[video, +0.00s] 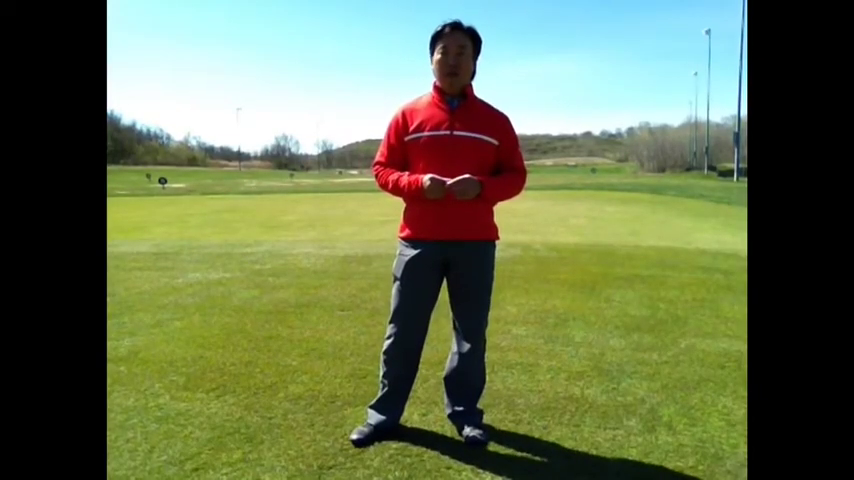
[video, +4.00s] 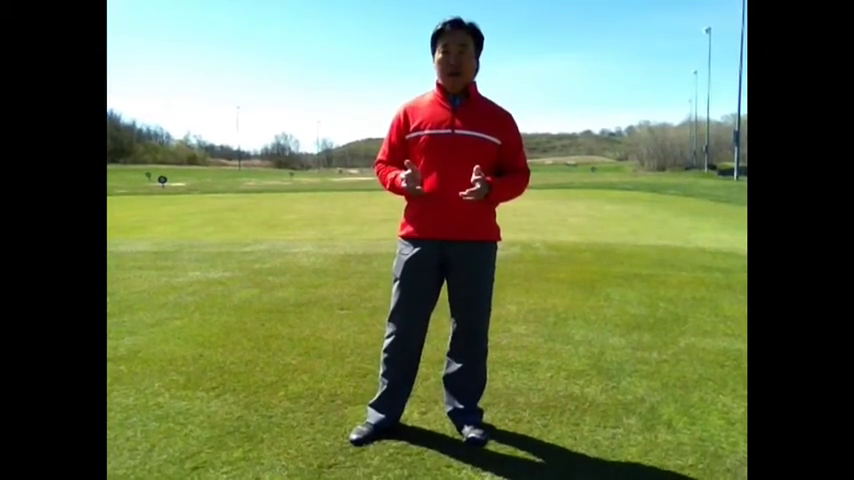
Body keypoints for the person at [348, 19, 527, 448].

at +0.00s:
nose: (451, 59)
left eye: (461, 52)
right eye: (444, 51)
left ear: (475, 61)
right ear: (431, 60)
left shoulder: (496, 122)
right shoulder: (407, 117)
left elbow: (516, 177)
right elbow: (382, 171)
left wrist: (483, 188)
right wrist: (418, 183)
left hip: (474, 245)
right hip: (419, 242)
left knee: (471, 336)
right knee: (402, 332)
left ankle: (466, 415)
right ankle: (384, 416)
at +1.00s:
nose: (454, 58)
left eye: (464, 51)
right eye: (447, 50)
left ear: (479, 61)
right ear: (435, 58)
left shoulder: (499, 122)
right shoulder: (410, 116)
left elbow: (519, 178)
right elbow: (385, 170)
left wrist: (485, 189)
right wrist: (419, 184)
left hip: (477, 245)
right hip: (421, 241)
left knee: (473, 335)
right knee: (404, 331)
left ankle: (467, 415)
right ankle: (384, 415)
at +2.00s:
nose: (454, 60)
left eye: (463, 52)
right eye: (446, 52)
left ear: (479, 58)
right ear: (434, 60)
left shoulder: (503, 121)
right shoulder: (414, 116)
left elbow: (524, 177)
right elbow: (389, 172)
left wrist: (487, 188)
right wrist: (422, 185)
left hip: (481, 245)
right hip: (426, 243)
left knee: (474, 336)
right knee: (407, 331)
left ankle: (467, 416)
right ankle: (384, 416)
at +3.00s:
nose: (451, 59)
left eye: (461, 52)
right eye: (444, 51)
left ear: (476, 60)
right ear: (432, 58)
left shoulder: (496, 122)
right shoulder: (407, 115)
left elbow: (515, 180)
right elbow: (380, 170)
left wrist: (479, 190)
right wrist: (414, 184)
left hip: (471, 245)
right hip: (416, 241)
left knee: (468, 333)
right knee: (399, 330)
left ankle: (466, 416)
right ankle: (381, 415)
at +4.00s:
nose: (453, 59)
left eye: (462, 51)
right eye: (445, 50)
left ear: (478, 59)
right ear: (433, 58)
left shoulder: (499, 120)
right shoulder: (410, 114)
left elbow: (519, 175)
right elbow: (384, 165)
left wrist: (494, 188)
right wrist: (400, 180)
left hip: (475, 243)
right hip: (419, 240)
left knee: (471, 333)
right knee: (402, 329)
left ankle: (466, 414)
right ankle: (383, 414)